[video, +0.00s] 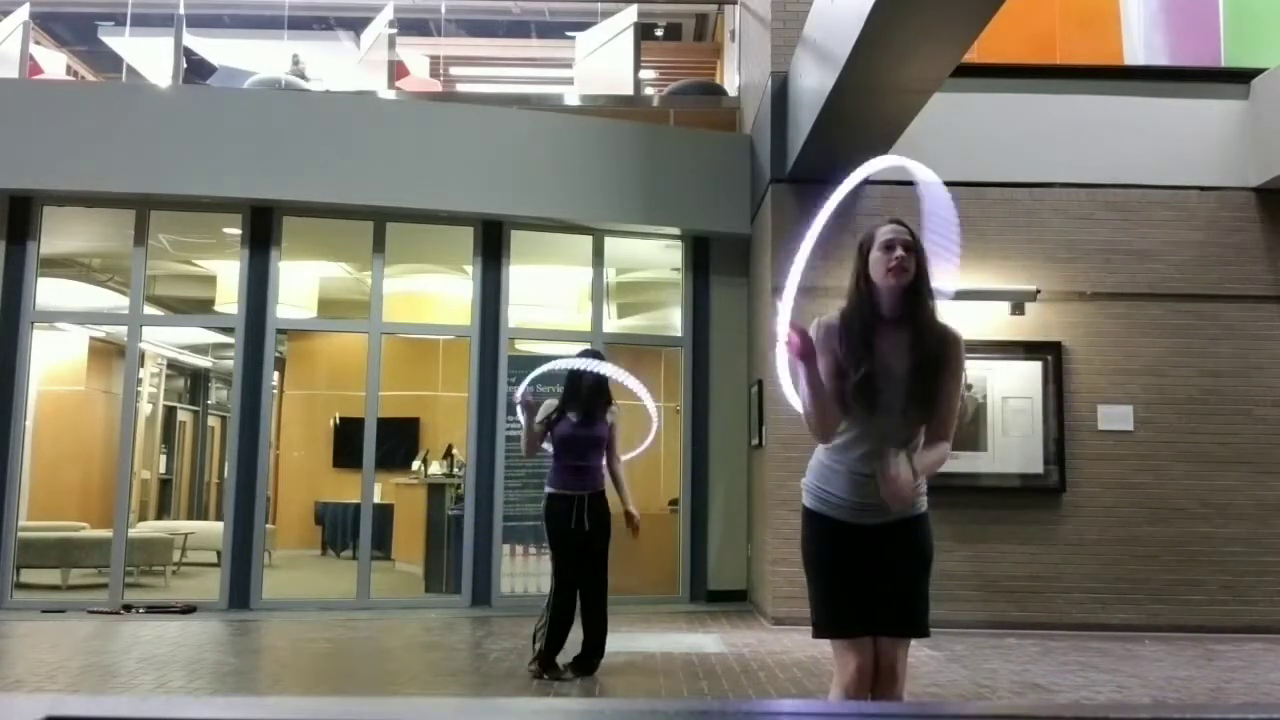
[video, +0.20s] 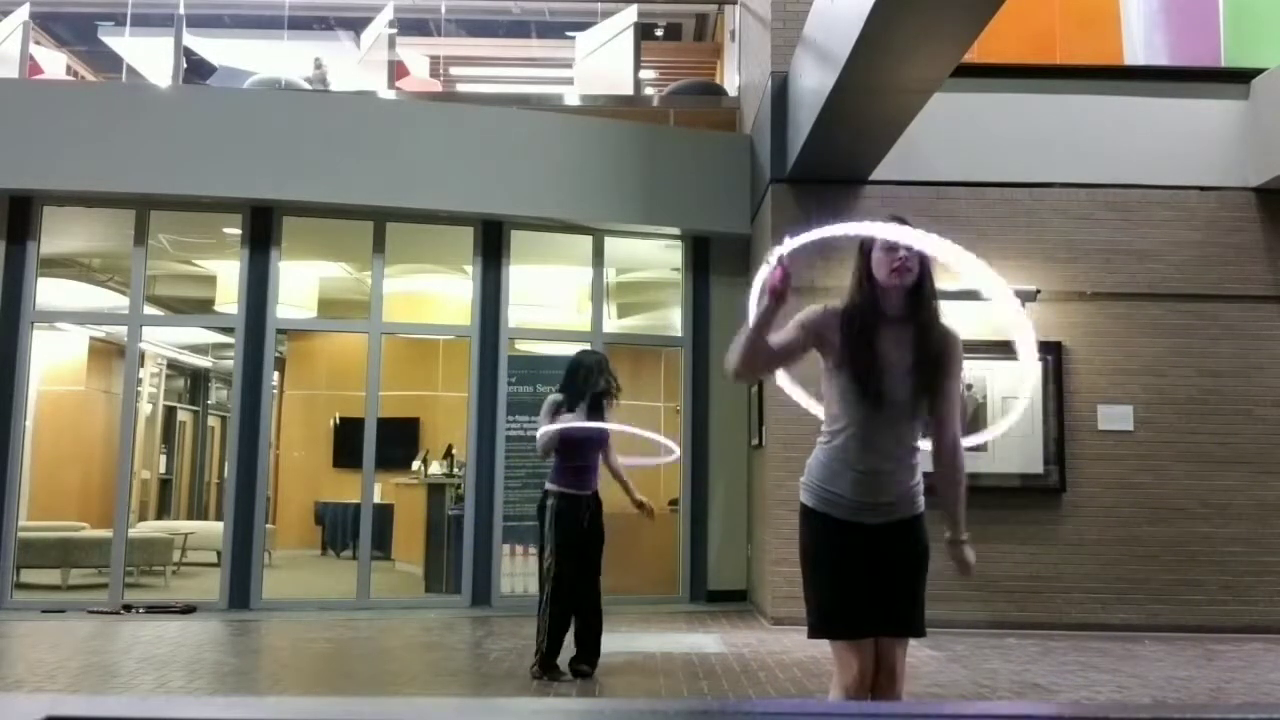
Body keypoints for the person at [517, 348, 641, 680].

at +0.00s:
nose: (590, 382)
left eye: (596, 376)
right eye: (584, 375)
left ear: (603, 380)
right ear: (574, 377)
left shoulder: (607, 414)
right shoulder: (556, 410)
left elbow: (613, 462)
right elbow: (529, 450)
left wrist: (628, 505)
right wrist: (528, 413)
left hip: (594, 502)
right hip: (561, 502)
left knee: (594, 584)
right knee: (566, 582)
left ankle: (589, 659)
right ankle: (546, 657)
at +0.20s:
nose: (603, 384)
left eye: (605, 378)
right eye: (598, 377)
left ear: (602, 379)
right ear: (580, 376)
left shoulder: (600, 409)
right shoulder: (556, 403)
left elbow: (610, 457)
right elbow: (542, 448)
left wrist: (633, 495)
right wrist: (564, 419)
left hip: (590, 503)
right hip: (560, 502)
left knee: (589, 582)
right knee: (559, 581)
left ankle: (585, 660)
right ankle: (545, 661)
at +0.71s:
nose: (570, 386)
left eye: (571, 379)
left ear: (570, 381)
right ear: (602, 378)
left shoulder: (565, 413)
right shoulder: (618, 410)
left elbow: (555, 456)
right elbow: (633, 449)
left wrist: (546, 488)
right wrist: (608, 451)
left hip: (582, 505)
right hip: (614, 506)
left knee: (574, 579)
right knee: (604, 576)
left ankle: (569, 659)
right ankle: (609, 648)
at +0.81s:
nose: (568, 389)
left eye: (568, 384)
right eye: (567, 384)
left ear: (575, 381)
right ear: (600, 376)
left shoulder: (583, 403)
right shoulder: (619, 402)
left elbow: (575, 452)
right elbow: (638, 444)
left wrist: (546, 481)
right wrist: (605, 449)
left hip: (590, 504)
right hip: (616, 505)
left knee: (578, 581)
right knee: (605, 583)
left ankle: (566, 661)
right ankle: (617, 660)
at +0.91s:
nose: (570, 394)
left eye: (571, 387)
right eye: (570, 387)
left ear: (580, 383)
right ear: (599, 377)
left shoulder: (599, 404)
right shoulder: (608, 404)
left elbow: (596, 453)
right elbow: (603, 458)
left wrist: (555, 479)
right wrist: (568, 478)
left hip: (613, 509)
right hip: (616, 507)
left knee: (594, 587)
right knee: (600, 586)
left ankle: (566, 662)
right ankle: (613, 660)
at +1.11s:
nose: (579, 389)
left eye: (581, 383)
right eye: (580, 383)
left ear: (586, 384)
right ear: (616, 377)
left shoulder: (593, 413)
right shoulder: (637, 407)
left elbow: (585, 456)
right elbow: (642, 445)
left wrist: (559, 486)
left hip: (607, 503)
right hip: (638, 502)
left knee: (608, 575)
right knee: (630, 576)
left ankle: (612, 652)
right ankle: (617, 648)